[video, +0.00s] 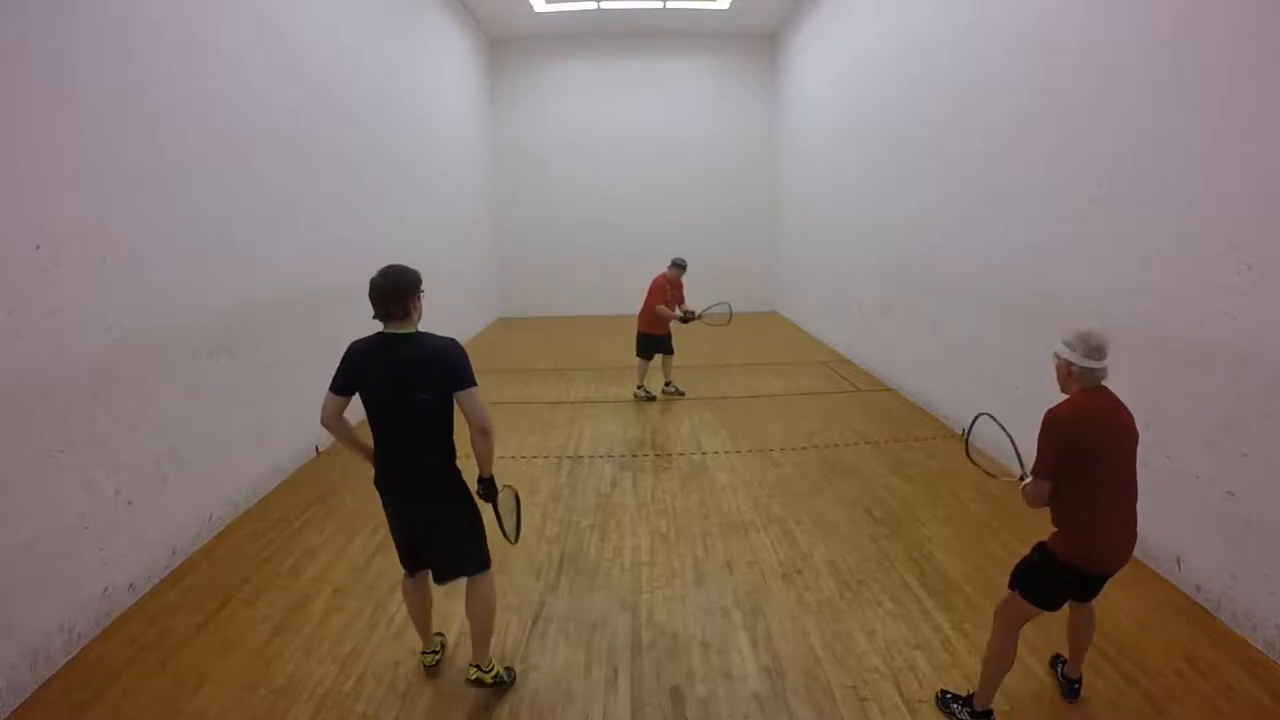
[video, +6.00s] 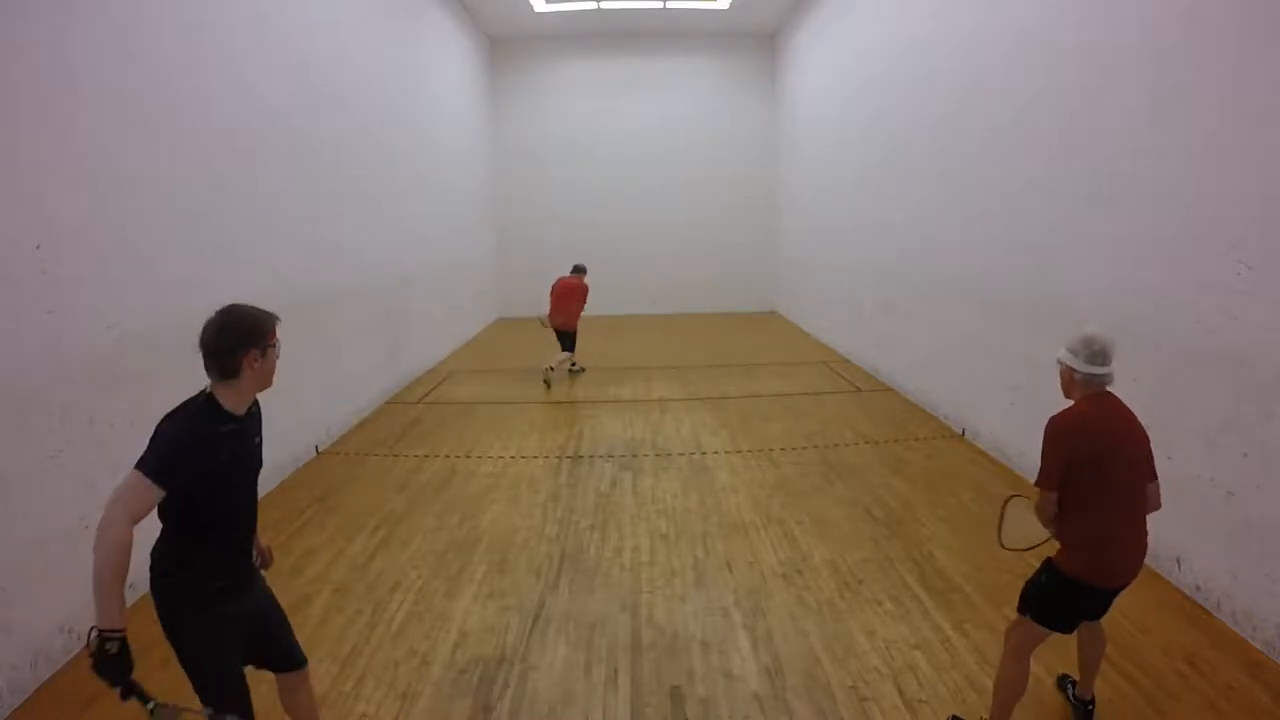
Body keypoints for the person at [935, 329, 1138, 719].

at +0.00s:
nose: (1055, 367)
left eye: (1058, 362)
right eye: (1057, 360)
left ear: (1069, 369)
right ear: (1099, 370)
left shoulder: (1061, 417)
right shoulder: (1120, 413)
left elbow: (1036, 497)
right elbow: (1101, 477)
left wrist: (1027, 486)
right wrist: (1050, 481)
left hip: (1076, 547)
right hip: (1118, 546)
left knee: (1009, 616)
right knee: (1082, 600)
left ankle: (979, 705)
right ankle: (1073, 676)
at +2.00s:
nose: (1048, 367)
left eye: (1053, 360)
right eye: (1050, 359)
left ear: (1068, 367)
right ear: (1089, 368)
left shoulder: (1062, 416)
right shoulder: (1113, 408)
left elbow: (1044, 497)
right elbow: (1101, 479)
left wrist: (1028, 507)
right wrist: (1052, 506)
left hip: (1077, 543)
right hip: (1116, 541)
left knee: (1014, 619)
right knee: (1080, 597)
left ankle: (981, 708)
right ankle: (1073, 675)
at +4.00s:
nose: (1086, 371)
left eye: (1090, 362)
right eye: (1086, 362)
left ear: (1114, 362)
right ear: (1123, 363)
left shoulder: (1115, 414)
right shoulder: (1145, 403)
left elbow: (1086, 489)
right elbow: (1128, 477)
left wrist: (1038, 478)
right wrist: (1081, 498)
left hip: (1103, 538)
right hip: (1130, 535)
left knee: (1048, 621)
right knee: (1084, 600)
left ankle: (995, 704)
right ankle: (1076, 672)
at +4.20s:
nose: (1098, 367)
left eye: (1103, 358)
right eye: (1098, 358)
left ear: (1126, 359)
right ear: (1134, 361)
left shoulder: (1125, 410)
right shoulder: (1158, 402)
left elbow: (1093, 485)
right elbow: (1139, 475)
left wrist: (1048, 467)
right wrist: (1091, 493)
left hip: (1115, 536)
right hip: (1143, 536)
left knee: (1052, 612)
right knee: (1093, 601)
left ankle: (1043, 706)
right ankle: (1077, 673)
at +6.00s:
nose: (1061, 376)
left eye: (1062, 369)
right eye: (1062, 368)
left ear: (1069, 374)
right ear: (1105, 375)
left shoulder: (1064, 425)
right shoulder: (1128, 420)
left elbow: (1046, 508)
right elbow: (1152, 500)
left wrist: (1058, 526)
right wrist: (1102, 511)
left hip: (1081, 562)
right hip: (1128, 559)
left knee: (1020, 639)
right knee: (1089, 619)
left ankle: (998, 714)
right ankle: (1085, 695)